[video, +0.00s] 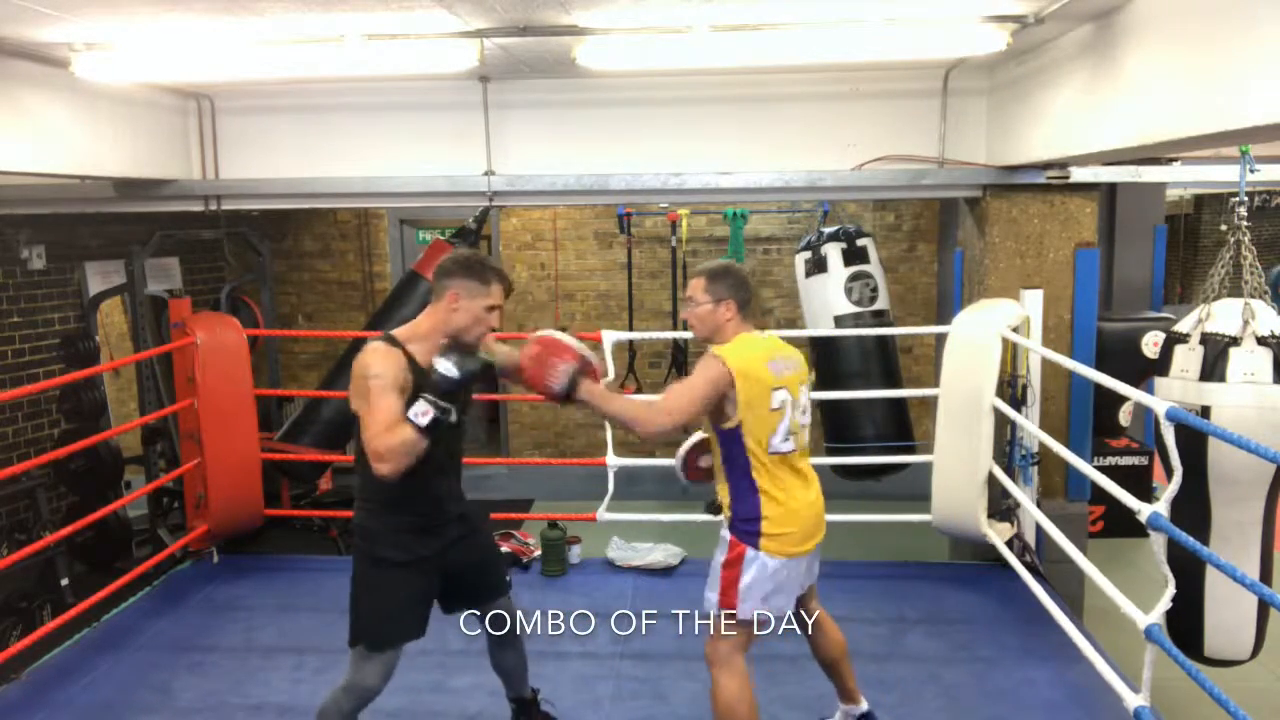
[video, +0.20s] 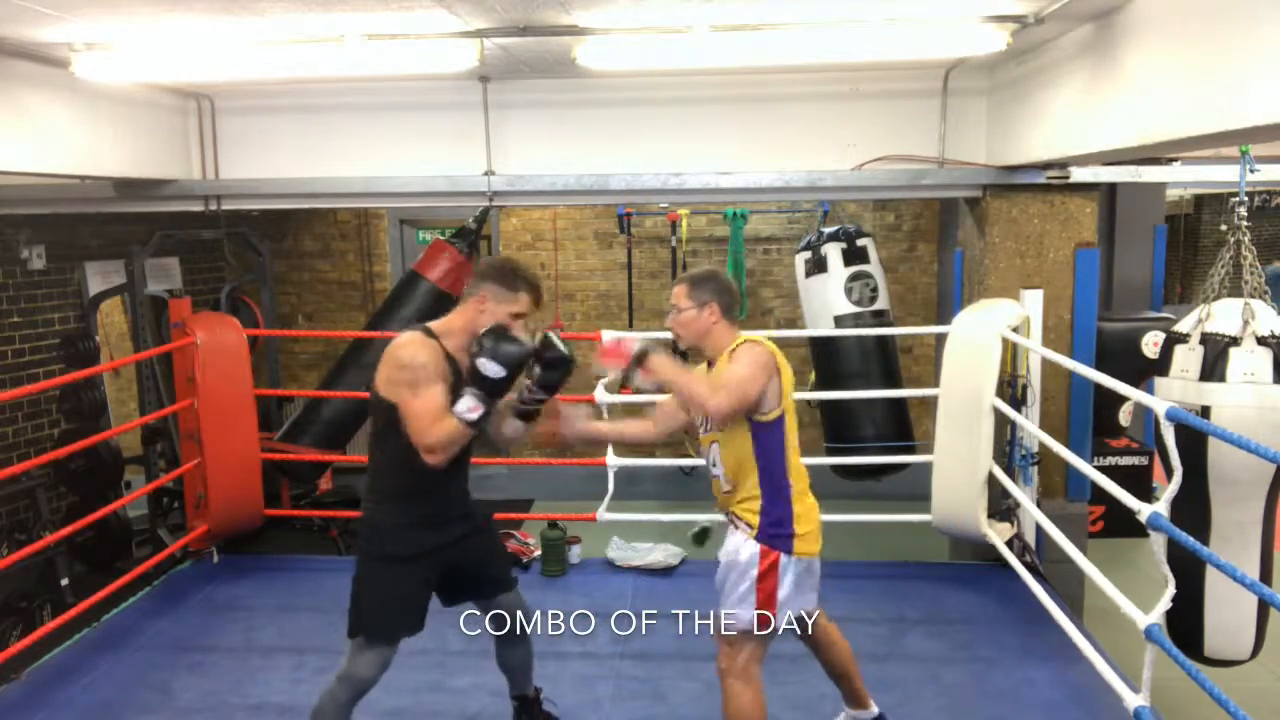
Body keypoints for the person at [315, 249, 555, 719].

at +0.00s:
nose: (496, 323)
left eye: (499, 311)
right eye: (490, 309)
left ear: (458, 304)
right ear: (453, 301)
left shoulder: (462, 345)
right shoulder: (379, 359)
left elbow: (526, 362)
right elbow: (385, 458)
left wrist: (566, 360)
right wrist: (438, 392)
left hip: (454, 525)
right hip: (392, 538)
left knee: (503, 621)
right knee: (367, 679)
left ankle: (524, 707)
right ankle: (327, 717)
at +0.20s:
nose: (521, 331)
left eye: (525, 321)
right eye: (516, 317)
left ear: (482, 306)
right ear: (479, 302)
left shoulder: (475, 355)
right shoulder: (413, 352)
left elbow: (504, 434)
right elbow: (435, 447)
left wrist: (535, 391)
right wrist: (483, 386)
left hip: (455, 522)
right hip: (397, 532)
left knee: (512, 616)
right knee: (367, 664)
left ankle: (525, 706)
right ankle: (326, 715)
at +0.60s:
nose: (489, 323)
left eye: (491, 312)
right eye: (482, 310)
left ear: (449, 300)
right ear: (444, 297)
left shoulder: (450, 350)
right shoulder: (374, 353)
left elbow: (482, 409)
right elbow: (386, 450)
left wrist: (537, 402)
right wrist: (431, 388)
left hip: (451, 520)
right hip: (388, 532)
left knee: (504, 617)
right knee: (355, 661)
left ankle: (526, 705)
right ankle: (316, 713)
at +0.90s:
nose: (494, 319)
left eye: (497, 307)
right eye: (489, 305)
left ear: (456, 299)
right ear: (454, 296)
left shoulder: (440, 350)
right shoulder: (401, 352)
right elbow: (399, 441)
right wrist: (469, 409)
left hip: (441, 516)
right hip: (392, 526)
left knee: (495, 605)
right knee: (366, 666)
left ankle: (515, 704)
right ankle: (322, 714)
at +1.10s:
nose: (513, 337)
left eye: (519, 328)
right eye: (513, 324)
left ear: (477, 307)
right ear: (480, 307)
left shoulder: (447, 351)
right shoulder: (437, 366)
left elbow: (464, 426)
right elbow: (477, 454)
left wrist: (500, 393)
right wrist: (524, 404)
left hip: (443, 520)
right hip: (401, 531)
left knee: (496, 604)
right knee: (386, 675)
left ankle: (515, 703)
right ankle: (328, 717)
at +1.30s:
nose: (521, 357)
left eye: (524, 347)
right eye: (519, 347)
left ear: (489, 339)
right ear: (490, 341)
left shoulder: (463, 369)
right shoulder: (416, 398)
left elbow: (471, 438)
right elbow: (409, 489)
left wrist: (511, 415)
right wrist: (472, 471)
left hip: (443, 521)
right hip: (392, 534)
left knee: (505, 606)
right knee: (370, 675)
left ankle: (517, 704)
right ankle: (318, 715)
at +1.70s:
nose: (506, 336)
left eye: (508, 325)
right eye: (502, 323)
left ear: (467, 314)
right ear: (467, 312)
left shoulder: (467, 363)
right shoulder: (395, 368)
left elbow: (511, 388)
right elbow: (357, 463)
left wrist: (538, 388)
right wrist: (442, 433)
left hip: (443, 518)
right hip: (389, 529)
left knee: (504, 611)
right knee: (362, 677)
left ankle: (513, 704)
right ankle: (313, 717)